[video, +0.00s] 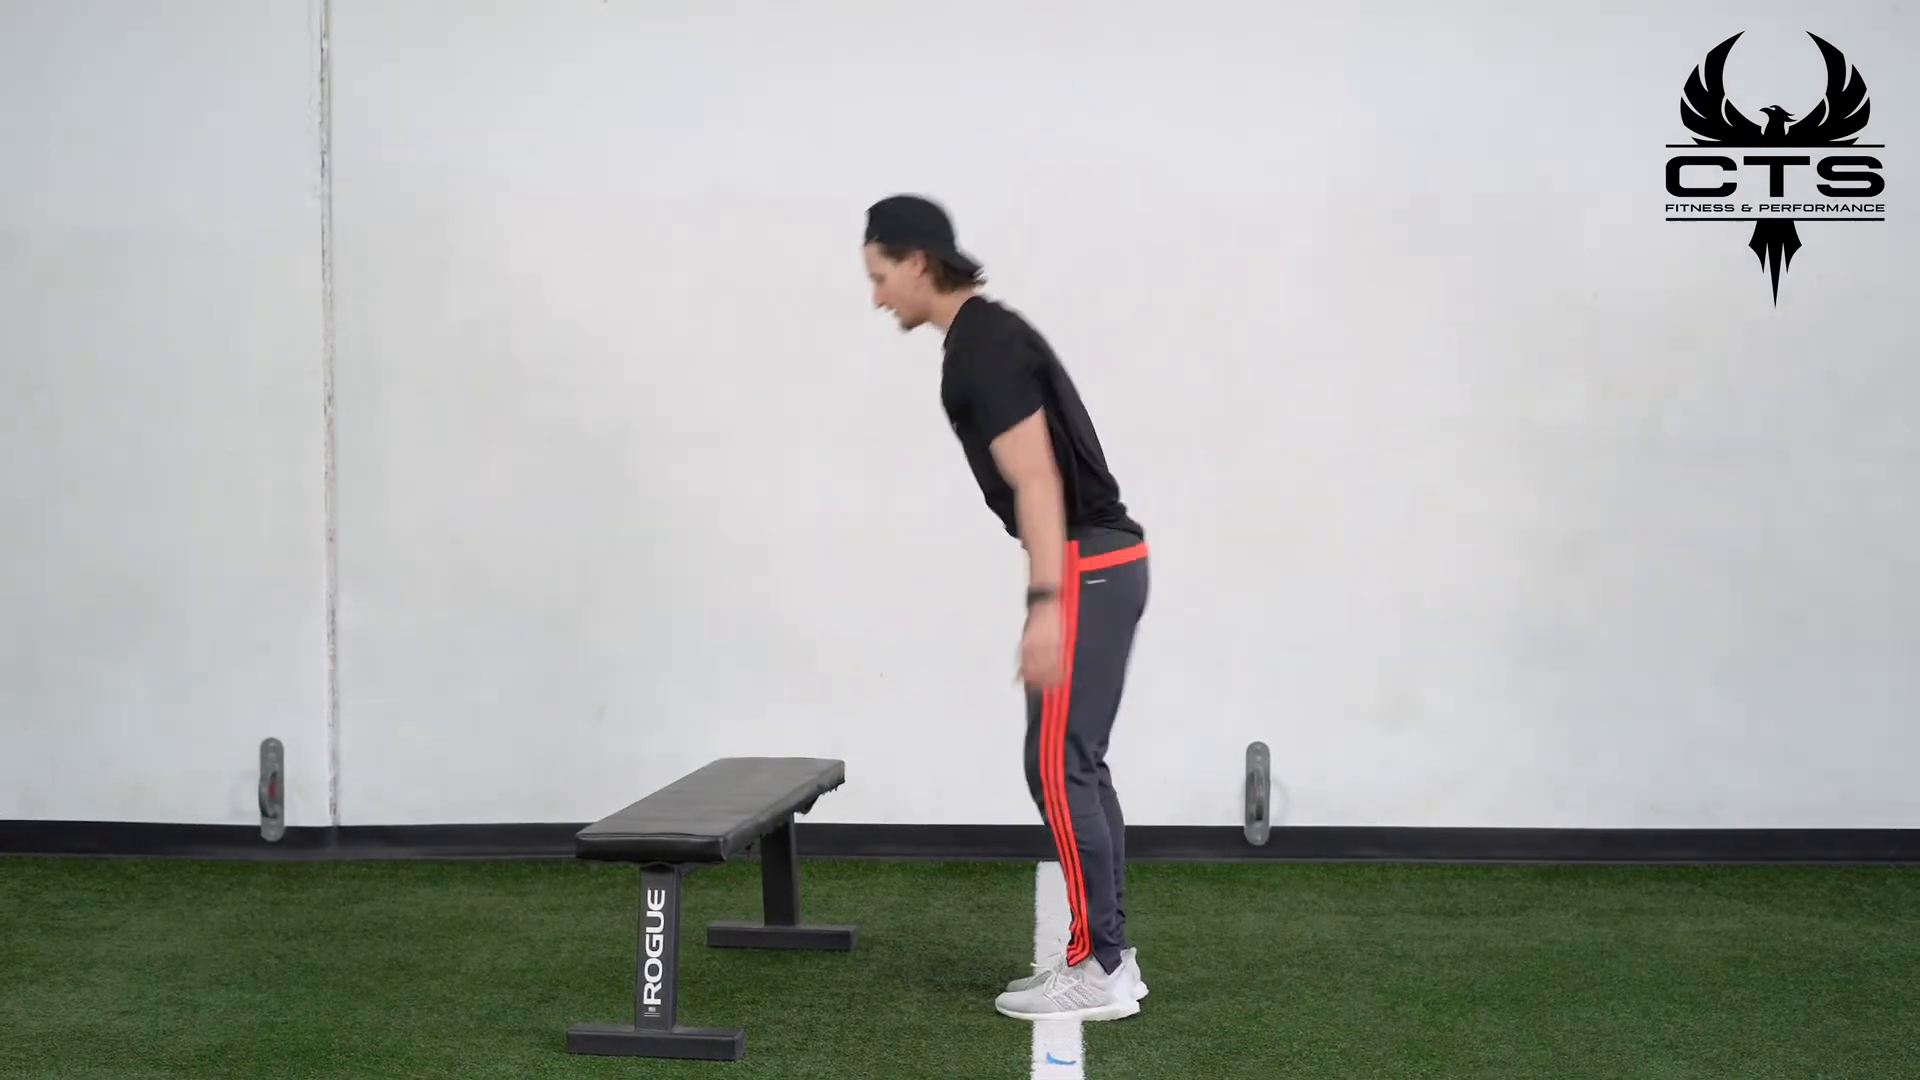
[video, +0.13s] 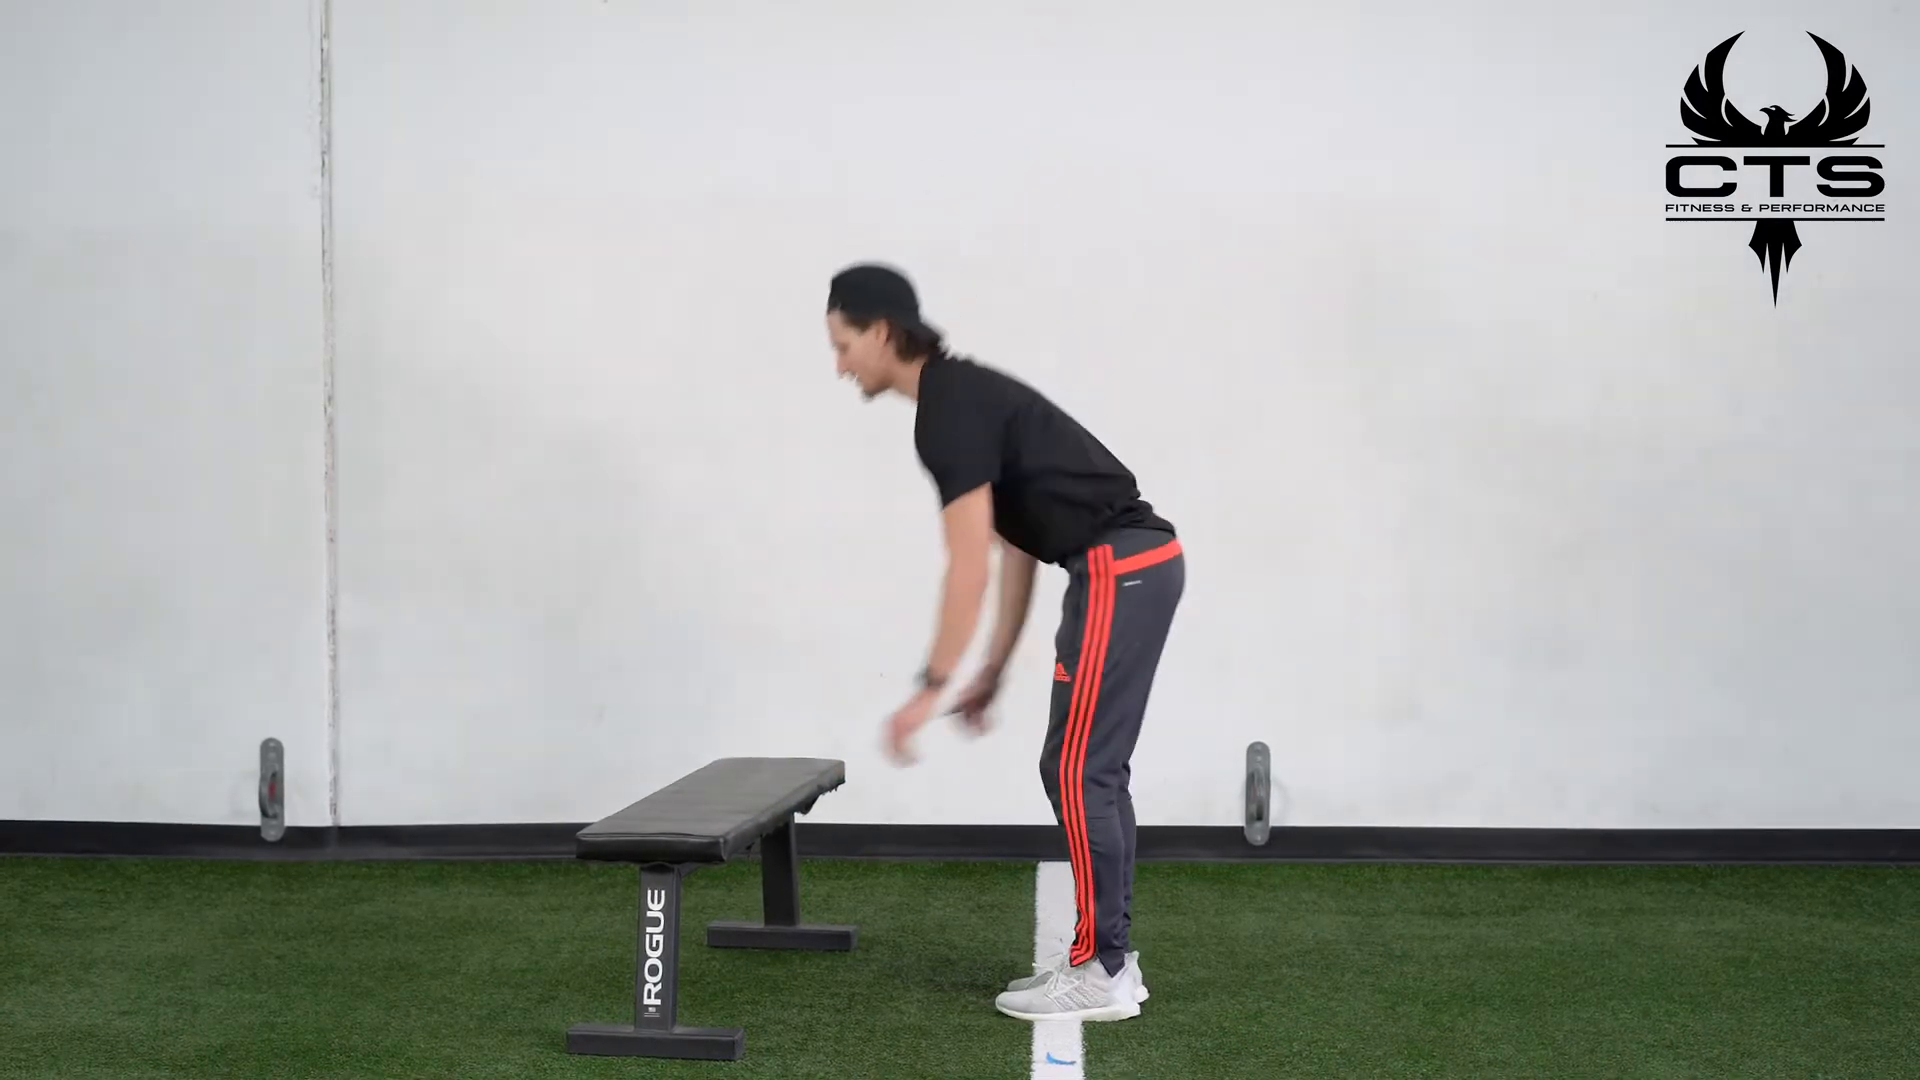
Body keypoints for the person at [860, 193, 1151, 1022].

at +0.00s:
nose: (874, 294)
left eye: (877, 275)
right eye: (871, 278)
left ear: (919, 262)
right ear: (917, 264)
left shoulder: (983, 346)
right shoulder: (978, 339)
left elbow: (1038, 479)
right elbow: (1042, 477)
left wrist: (1043, 603)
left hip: (1088, 568)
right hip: (1086, 565)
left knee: (1058, 765)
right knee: (1073, 762)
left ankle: (1102, 966)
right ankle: (1101, 954)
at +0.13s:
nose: (838, 361)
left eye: (841, 341)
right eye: (834, 344)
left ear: (887, 330)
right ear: (894, 333)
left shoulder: (949, 405)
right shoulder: (967, 391)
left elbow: (969, 558)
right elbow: (1017, 547)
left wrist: (932, 685)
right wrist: (991, 670)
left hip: (1123, 566)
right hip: (1118, 564)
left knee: (1077, 767)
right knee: (1081, 766)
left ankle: (1105, 969)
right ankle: (1102, 958)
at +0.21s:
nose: (825, 414)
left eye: (828, 394)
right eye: (820, 398)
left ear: (871, 381)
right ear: (881, 383)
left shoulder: (937, 450)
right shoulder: (958, 438)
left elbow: (920, 608)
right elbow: (974, 601)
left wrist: (851, 714)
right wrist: (909, 706)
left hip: (1135, 572)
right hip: (1142, 568)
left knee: (1070, 768)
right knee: (1094, 771)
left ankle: (1104, 970)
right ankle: (1107, 960)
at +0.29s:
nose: (818, 458)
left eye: (821, 440)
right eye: (813, 443)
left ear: (861, 425)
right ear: (873, 424)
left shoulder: (927, 483)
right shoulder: (952, 476)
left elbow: (875, 643)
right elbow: (925, 635)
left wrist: (794, 738)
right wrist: (846, 726)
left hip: (1139, 574)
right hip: (1148, 569)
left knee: (1064, 768)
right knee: (1089, 770)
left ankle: (1103, 968)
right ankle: (1103, 960)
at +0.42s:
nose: (803, 502)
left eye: (805, 482)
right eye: (798, 484)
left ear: (842, 467)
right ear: (850, 467)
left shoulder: (910, 517)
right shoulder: (930, 511)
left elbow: (849, 670)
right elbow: (883, 669)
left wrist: (770, 775)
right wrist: (803, 761)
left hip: (1137, 570)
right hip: (1145, 566)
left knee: (1051, 760)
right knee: (1082, 764)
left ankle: (1136, 945)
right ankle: (1114, 946)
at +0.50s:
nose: (784, 519)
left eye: (787, 501)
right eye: (780, 503)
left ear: (827, 484)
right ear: (828, 484)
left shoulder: (890, 531)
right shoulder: (911, 523)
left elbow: (851, 683)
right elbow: (886, 675)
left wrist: (779, 786)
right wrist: (813, 768)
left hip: (1122, 573)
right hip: (1123, 570)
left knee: (1072, 773)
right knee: (1076, 774)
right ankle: (1104, 959)